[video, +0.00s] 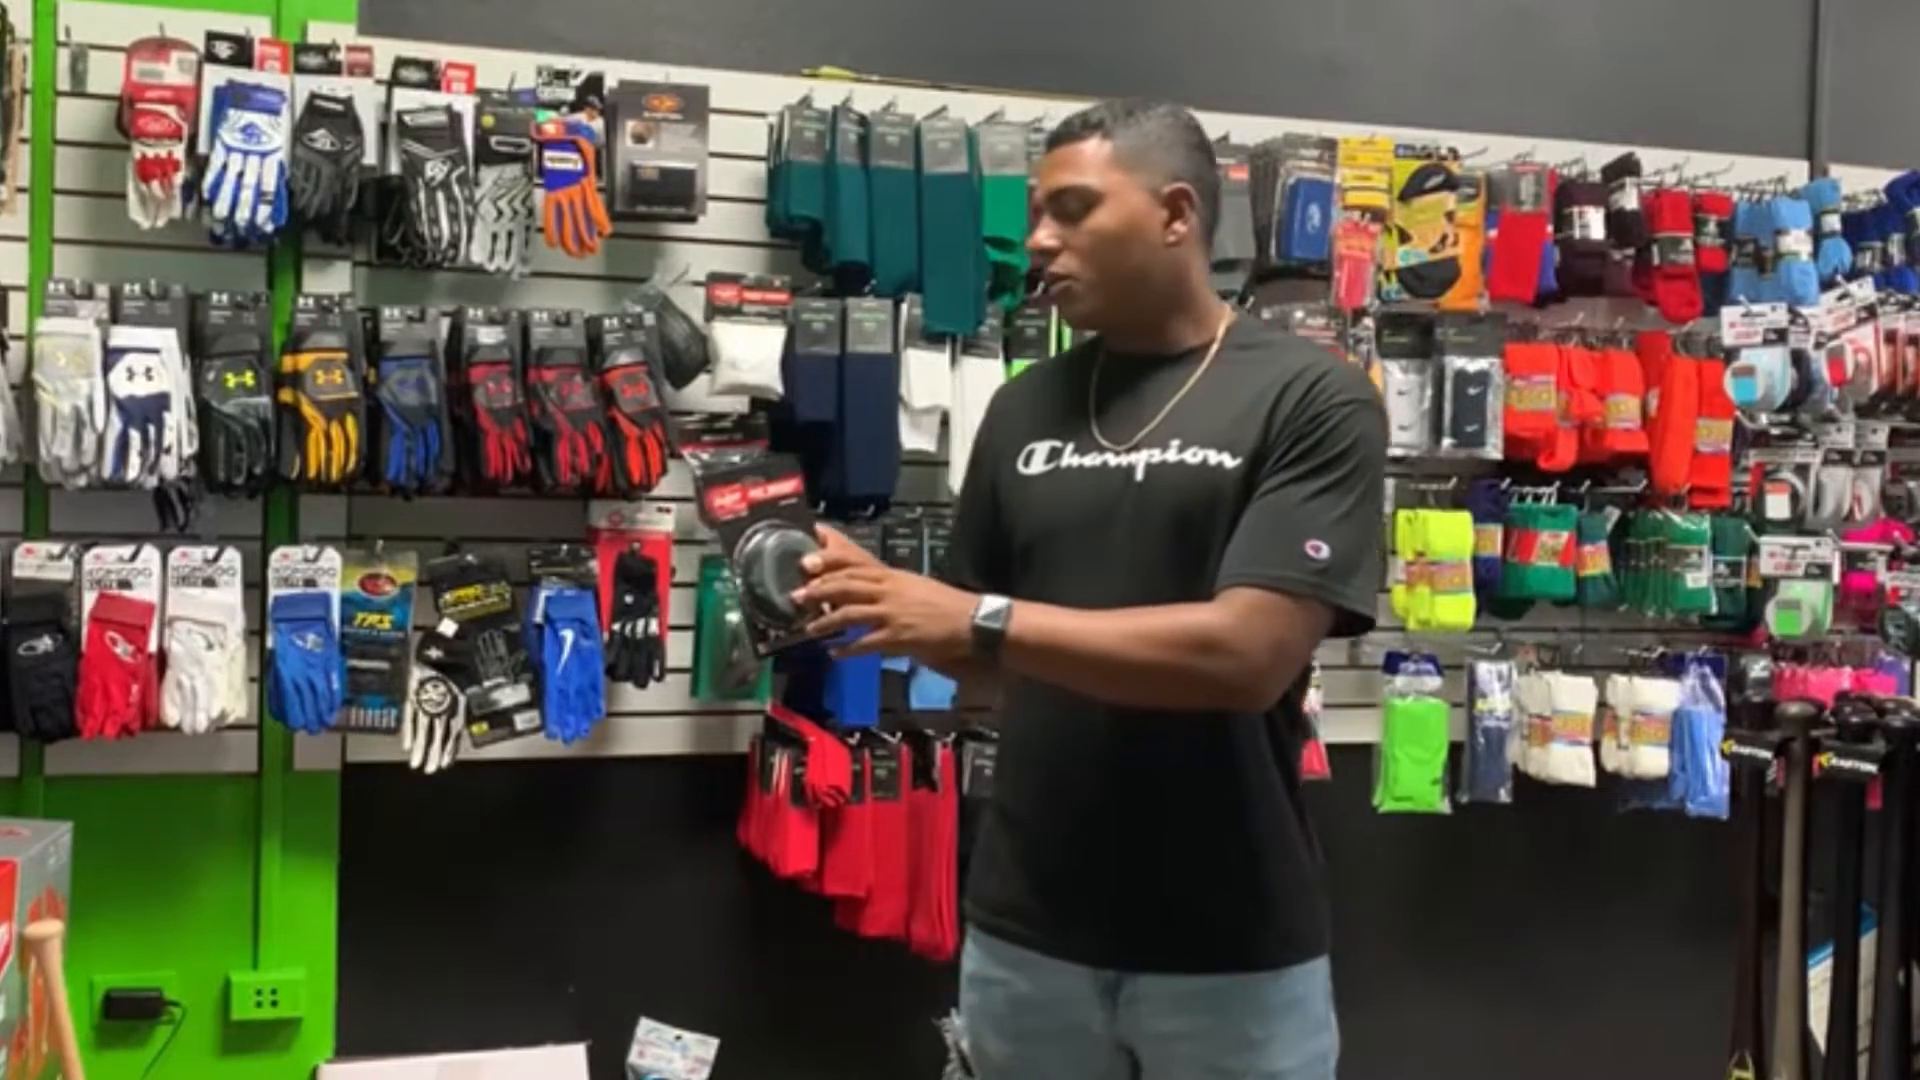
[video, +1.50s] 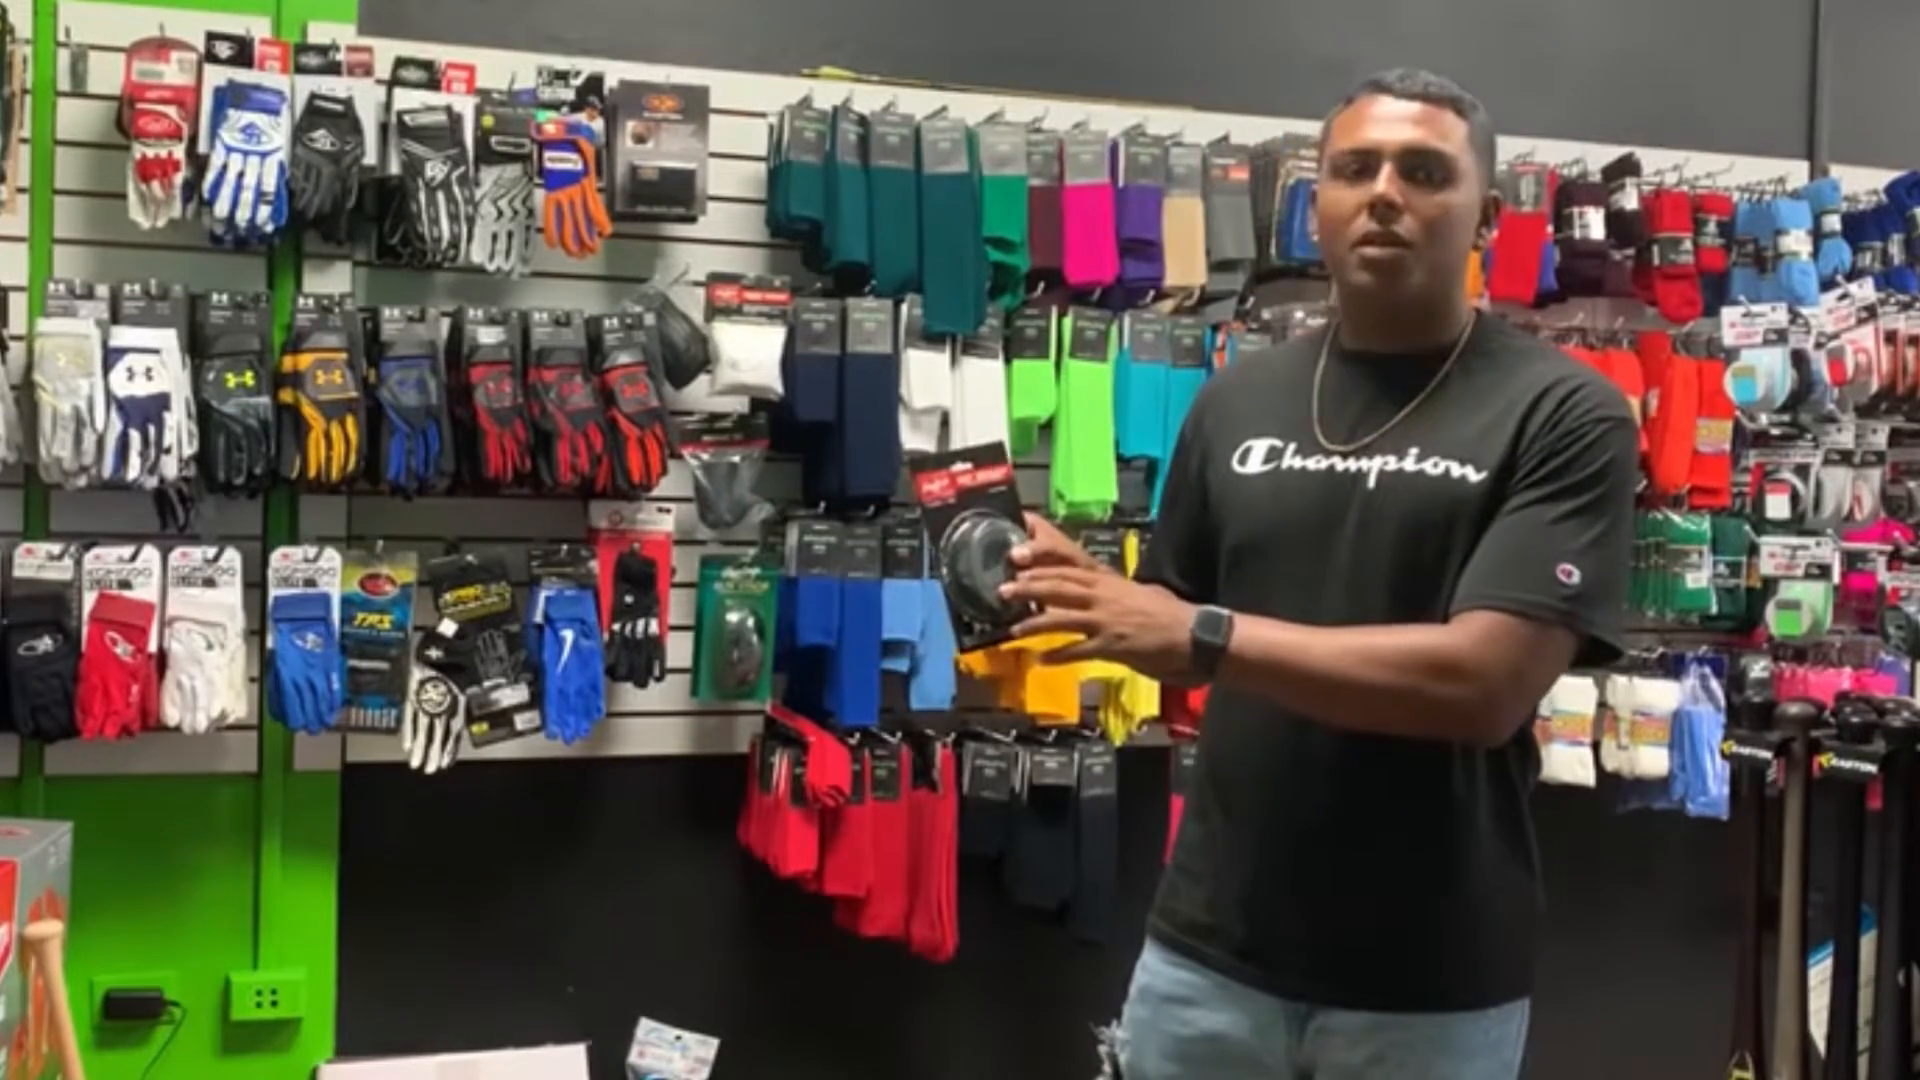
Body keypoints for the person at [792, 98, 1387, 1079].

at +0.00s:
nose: (1038, 243)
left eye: (1072, 207)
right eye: (1038, 215)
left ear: (1176, 214)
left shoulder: (1314, 396)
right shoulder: (1022, 408)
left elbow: (1249, 657)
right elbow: (985, 655)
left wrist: (973, 622)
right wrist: (870, 604)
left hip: (1232, 946)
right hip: (1027, 935)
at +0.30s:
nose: (1128, 235)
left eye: (1162, 201)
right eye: (1128, 208)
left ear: (1268, 209)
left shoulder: (1405, 395)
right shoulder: (1103, 406)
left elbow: (1327, 658)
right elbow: (1068, 652)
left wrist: (1047, 616)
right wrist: (949, 602)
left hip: (1309, 954)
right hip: (1100, 940)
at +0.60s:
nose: (1216, 230)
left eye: (1250, 197)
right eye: (1215, 202)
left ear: (1361, 212)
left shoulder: (1497, 404)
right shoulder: (1183, 404)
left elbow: (1408, 666)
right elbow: (1145, 658)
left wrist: (1121, 617)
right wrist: (1023, 596)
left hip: (1384, 968)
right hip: (1169, 949)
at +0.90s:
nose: (1267, 235)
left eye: (1304, 202)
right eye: (1265, 206)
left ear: (1417, 214)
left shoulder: (1554, 413)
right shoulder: (1231, 402)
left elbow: (1461, 676)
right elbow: (1183, 655)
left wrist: (1171, 620)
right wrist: (1067, 592)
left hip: (1422, 978)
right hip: (1203, 952)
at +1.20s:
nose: (1307, 233)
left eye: (1350, 201)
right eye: (1298, 204)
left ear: (1462, 215)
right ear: (1285, 213)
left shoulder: (1574, 418)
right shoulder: (1248, 400)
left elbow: (1480, 684)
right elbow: (1195, 654)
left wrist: (1192, 624)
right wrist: (1087, 595)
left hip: (1435, 977)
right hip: (1216, 950)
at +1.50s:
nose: (1385, 195)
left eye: (1426, 172)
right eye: (1356, 169)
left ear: (1483, 217)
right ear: (1316, 205)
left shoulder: (1566, 415)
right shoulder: (1236, 399)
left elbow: (1486, 685)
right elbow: (1192, 647)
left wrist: (1196, 631)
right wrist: (1082, 600)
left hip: (1432, 980)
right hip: (1211, 955)